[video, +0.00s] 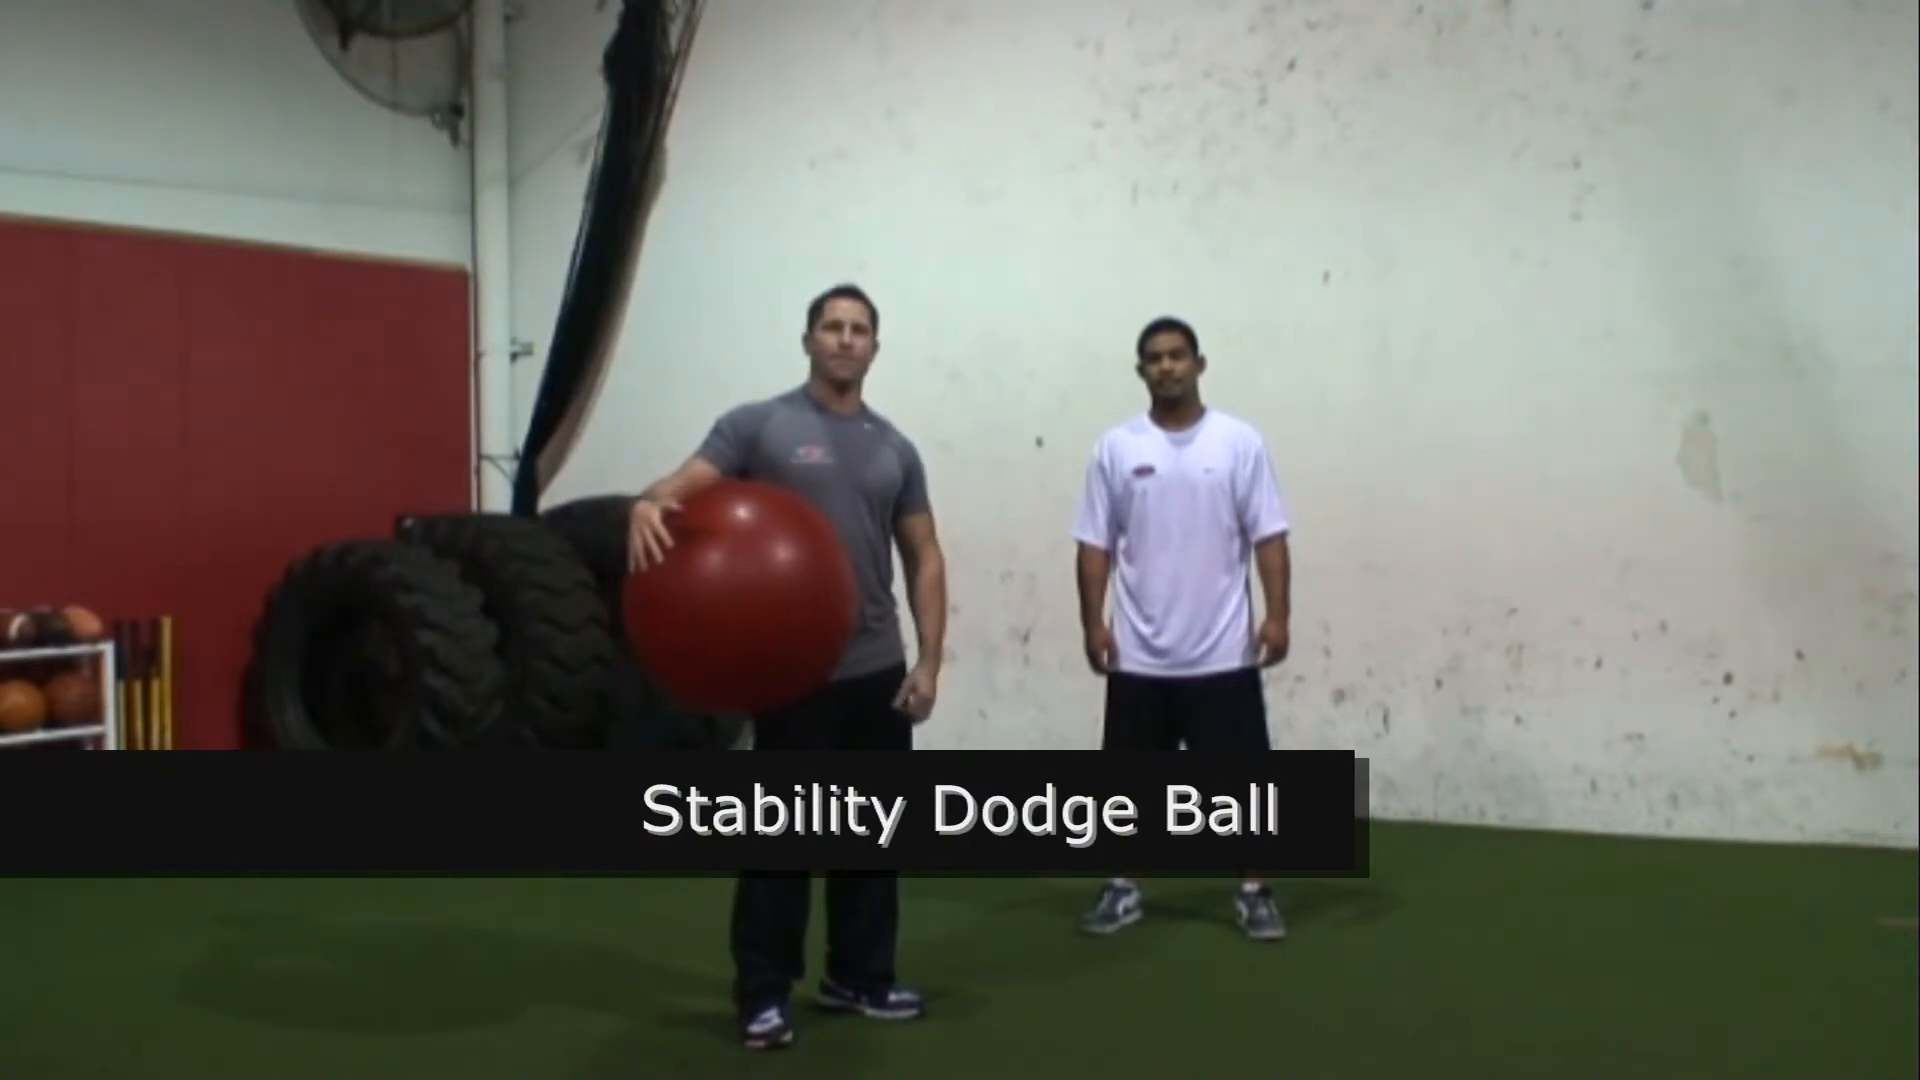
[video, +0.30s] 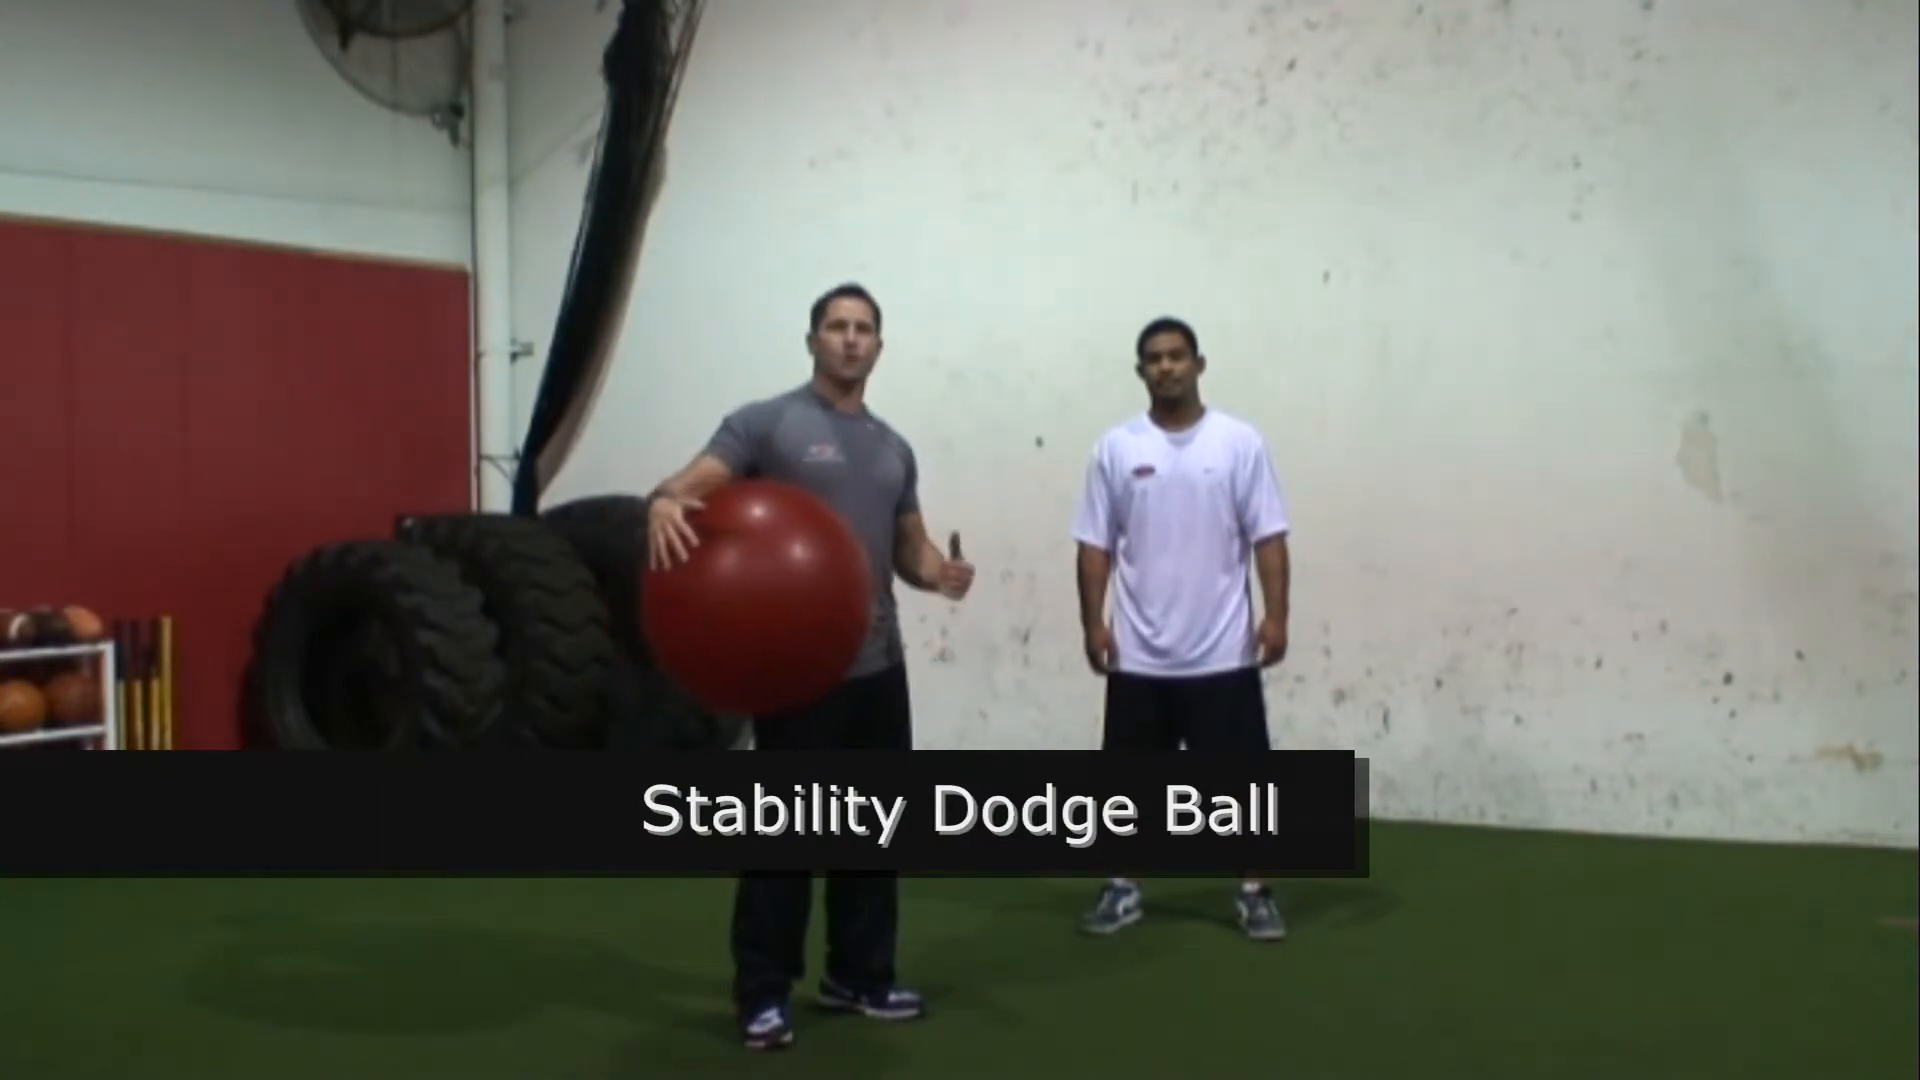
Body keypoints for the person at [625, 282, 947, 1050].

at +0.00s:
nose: (847, 339)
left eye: (859, 329)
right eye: (833, 327)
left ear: (875, 347)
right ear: (808, 341)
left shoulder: (894, 450)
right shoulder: (757, 425)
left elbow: (924, 556)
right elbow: (686, 484)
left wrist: (931, 659)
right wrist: (646, 504)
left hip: (875, 669)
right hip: (788, 671)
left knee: (873, 832)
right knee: (781, 834)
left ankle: (859, 976)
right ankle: (765, 994)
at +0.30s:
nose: (852, 339)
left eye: (864, 329)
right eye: (838, 328)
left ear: (879, 345)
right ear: (813, 339)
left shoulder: (895, 450)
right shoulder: (765, 422)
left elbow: (910, 547)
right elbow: (691, 483)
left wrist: (939, 570)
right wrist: (663, 502)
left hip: (876, 669)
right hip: (790, 671)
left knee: (874, 825)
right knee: (784, 829)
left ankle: (861, 975)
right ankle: (764, 993)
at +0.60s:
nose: (844, 338)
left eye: (856, 327)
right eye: (831, 327)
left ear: (875, 343)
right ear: (809, 340)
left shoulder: (896, 450)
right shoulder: (764, 423)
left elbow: (917, 542)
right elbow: (696, 481)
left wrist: (945, 588)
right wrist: (666, 501)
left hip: (877, 668)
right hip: (790, 670)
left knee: (875, 825)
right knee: (786, 829)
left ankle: (861, 976)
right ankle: (764, 993)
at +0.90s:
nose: (834, 334)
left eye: (847, 324)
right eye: (821, 324)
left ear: (869, 341)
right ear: (800, 340)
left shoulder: (899, 444)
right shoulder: (756, 426)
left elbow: (929, 552)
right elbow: (686, 484)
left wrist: (941, 657)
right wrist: (646, 501)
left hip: (878, 669)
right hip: (790, 671)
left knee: (876, 831)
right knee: (781, 833)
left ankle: (861, 977)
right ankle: (765, 994)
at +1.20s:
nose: (835, 337)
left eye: (849, 326)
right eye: (823, 325)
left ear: (870, 342)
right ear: (801, 340)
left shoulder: (900, 444)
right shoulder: (756, 427)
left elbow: (927, 552)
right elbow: (685, 484)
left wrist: (942, 658)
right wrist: (642, 501)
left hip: (878, 670)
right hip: (790, 672)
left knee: (876, 835)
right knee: (778, 837)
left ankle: (861, 977)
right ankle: (765, 995)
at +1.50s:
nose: (841, 337)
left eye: (854, 326)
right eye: (828, 325)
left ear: (874, 343)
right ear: (806, 339)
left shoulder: (897, 447)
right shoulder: (757, 425)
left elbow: (923, 549)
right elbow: (687, 481)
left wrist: (941, 644)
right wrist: (648, 499)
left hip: (877, 669)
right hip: (789, 670)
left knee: (874, 827)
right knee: (779, 834)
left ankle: (860, 975)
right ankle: (764, 993)